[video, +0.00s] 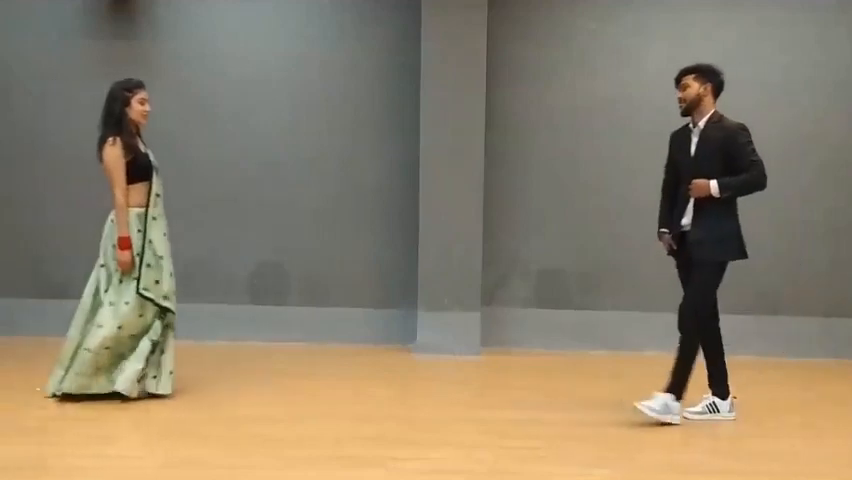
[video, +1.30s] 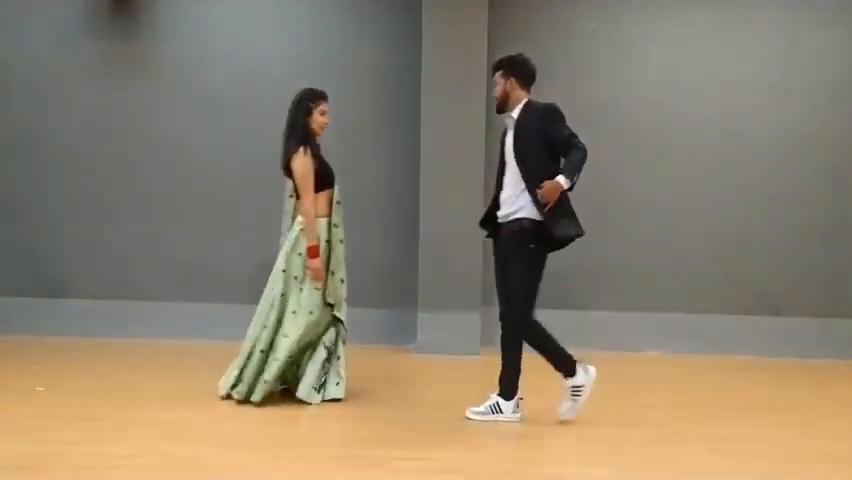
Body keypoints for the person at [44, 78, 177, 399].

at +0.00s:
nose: (147, 108)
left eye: (148, 103)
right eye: (142, 102)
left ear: (139, 108)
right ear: (124, 105)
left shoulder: (138, 142)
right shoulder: (115, 144)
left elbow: (141, 194)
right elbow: (119, 195)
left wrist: (152, 238)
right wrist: (124, 242)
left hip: (150, 230)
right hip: (131, 231)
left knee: (157, 305)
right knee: (136, 307)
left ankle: (140, 378)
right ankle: (83, 375)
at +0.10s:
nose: (162, 110)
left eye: (161, 104)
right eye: (156, 104)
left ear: (152, 108)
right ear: (138, 108)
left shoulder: (150, 142)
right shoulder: (129, 144)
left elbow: (155, 194)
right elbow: (133, 196)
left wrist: (165, 236)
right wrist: (137, 244)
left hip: (163, 230)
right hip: (146, 231)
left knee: (166, 304)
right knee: (147, 305)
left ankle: (160, 375)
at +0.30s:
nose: (190, 117)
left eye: (190, 111)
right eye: (184, 111)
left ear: (181, 115)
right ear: (167, 113)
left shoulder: (179, 150)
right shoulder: (159, 152)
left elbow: (181, 202)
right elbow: (162, 203)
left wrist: (197, 243)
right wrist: (164, 250)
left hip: (191, 235)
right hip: (175, 235)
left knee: (191, 307)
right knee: (174, 308)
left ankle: (192, 376)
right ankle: (173, 377)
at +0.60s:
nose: (232, 115)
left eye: (234, 109)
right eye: (227, 108)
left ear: (227, 112)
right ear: (210, 110)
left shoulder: (219, 148)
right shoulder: (203, 149)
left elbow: (220, 199)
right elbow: (206, 200)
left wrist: (235, 241)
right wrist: (211, 247)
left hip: (231, 233)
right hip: (217, 234)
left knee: (231, 309)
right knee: (216, 310)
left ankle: (229, 378)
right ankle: (217, 379)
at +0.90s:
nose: (271, 119)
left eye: (272, 113)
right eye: (266, 113)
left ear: (262, 116)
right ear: (249, 113)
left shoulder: (252, 149)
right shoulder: (239, 152)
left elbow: (251, 202)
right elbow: (243, 203)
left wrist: (261, 245)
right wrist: (249, 249)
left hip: (263, 234)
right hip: (249, 236)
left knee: (262, 308)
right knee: (247, 309)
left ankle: (260, 377)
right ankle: (240, 379)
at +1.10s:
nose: (296, 122)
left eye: (297, 116)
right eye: (292, 115)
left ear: (283, 117)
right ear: (275, 115)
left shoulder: (277, 153)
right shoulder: (269, 155)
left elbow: (273, 206)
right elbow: (272, 207)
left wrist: (283, 249)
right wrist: (275, 253)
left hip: (290, 239)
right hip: (281, 240)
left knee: (289, 310)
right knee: (280, 311)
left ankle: (285, 378)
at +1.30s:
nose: (326, 119)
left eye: (327, 113)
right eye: (321, 113)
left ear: (315, 118)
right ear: (305, 116)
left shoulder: (310, 153)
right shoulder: (303, 156)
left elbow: (312, 207)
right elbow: (307, 208)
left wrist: (319, 250)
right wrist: (313, 253)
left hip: (322, 241)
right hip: (311, 243)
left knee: (322, 312)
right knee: (313, 314)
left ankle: (311, 380)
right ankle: (268, 376)